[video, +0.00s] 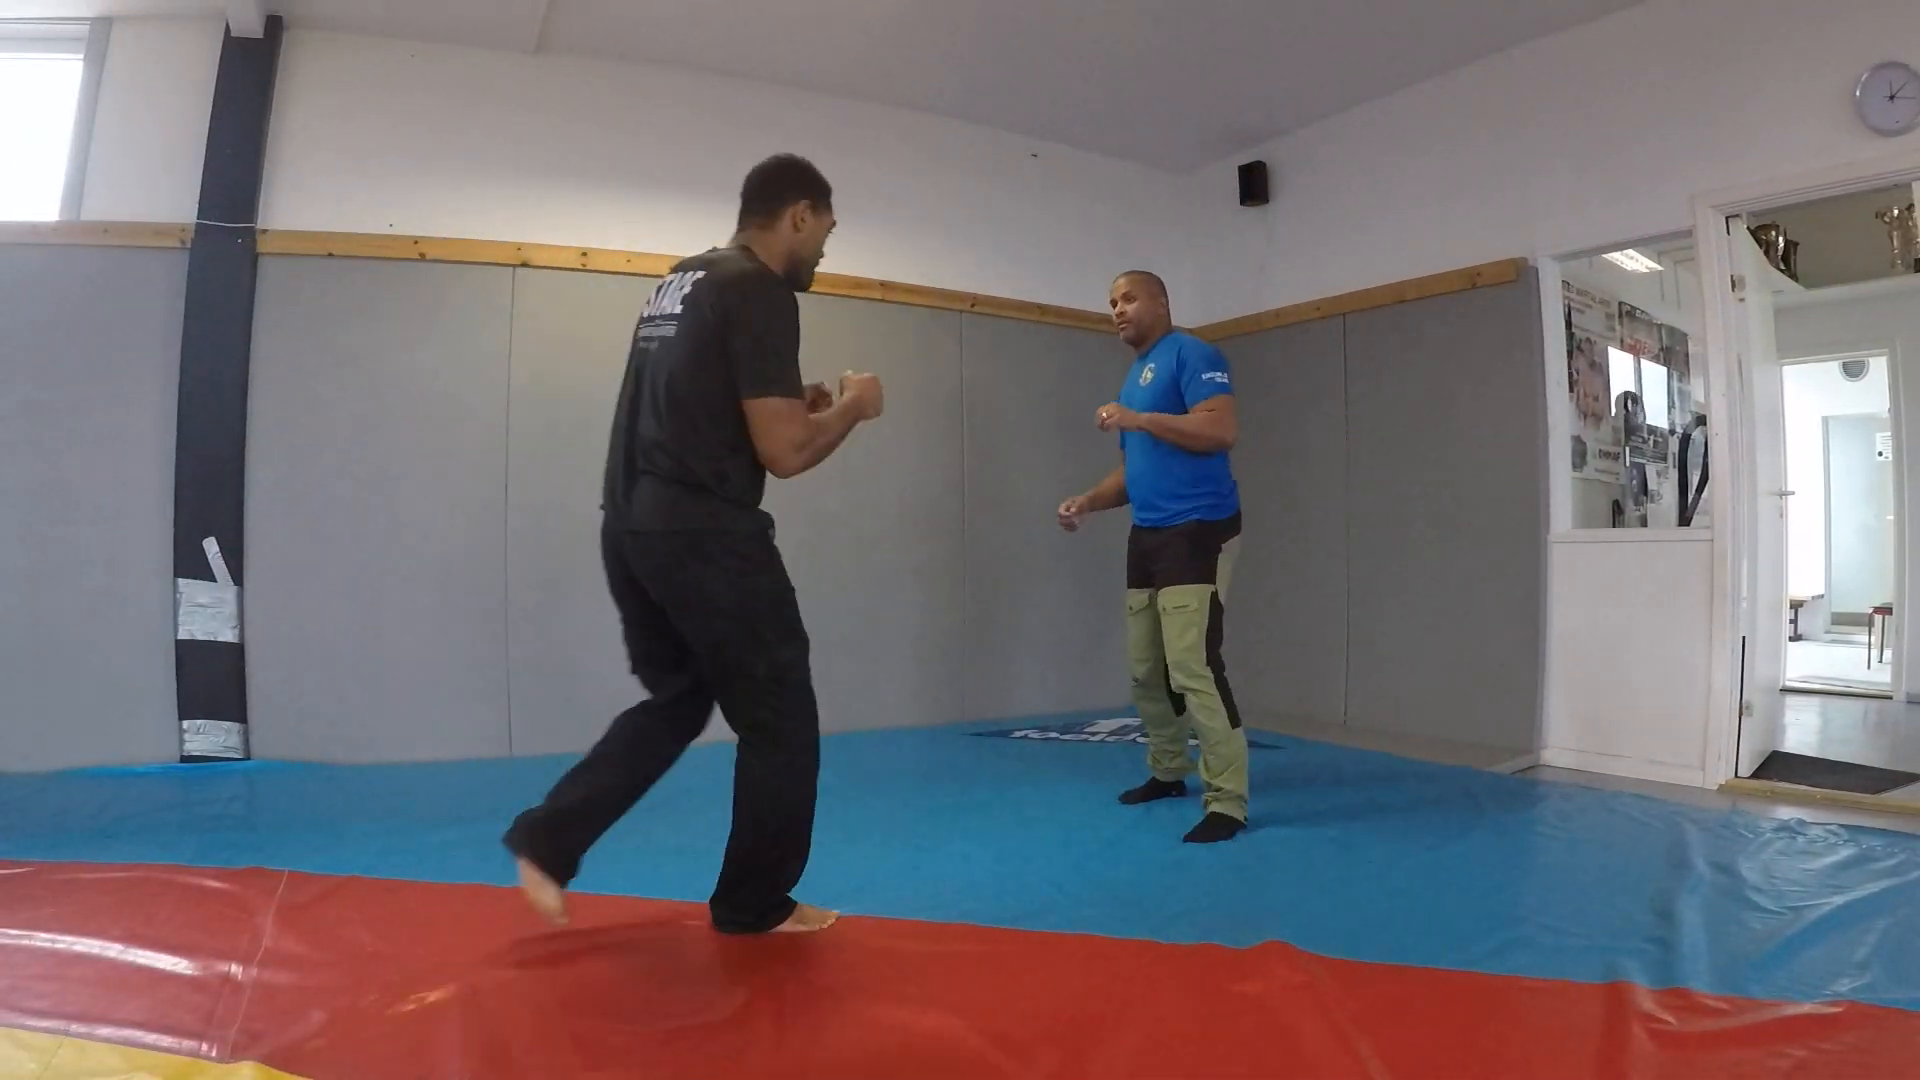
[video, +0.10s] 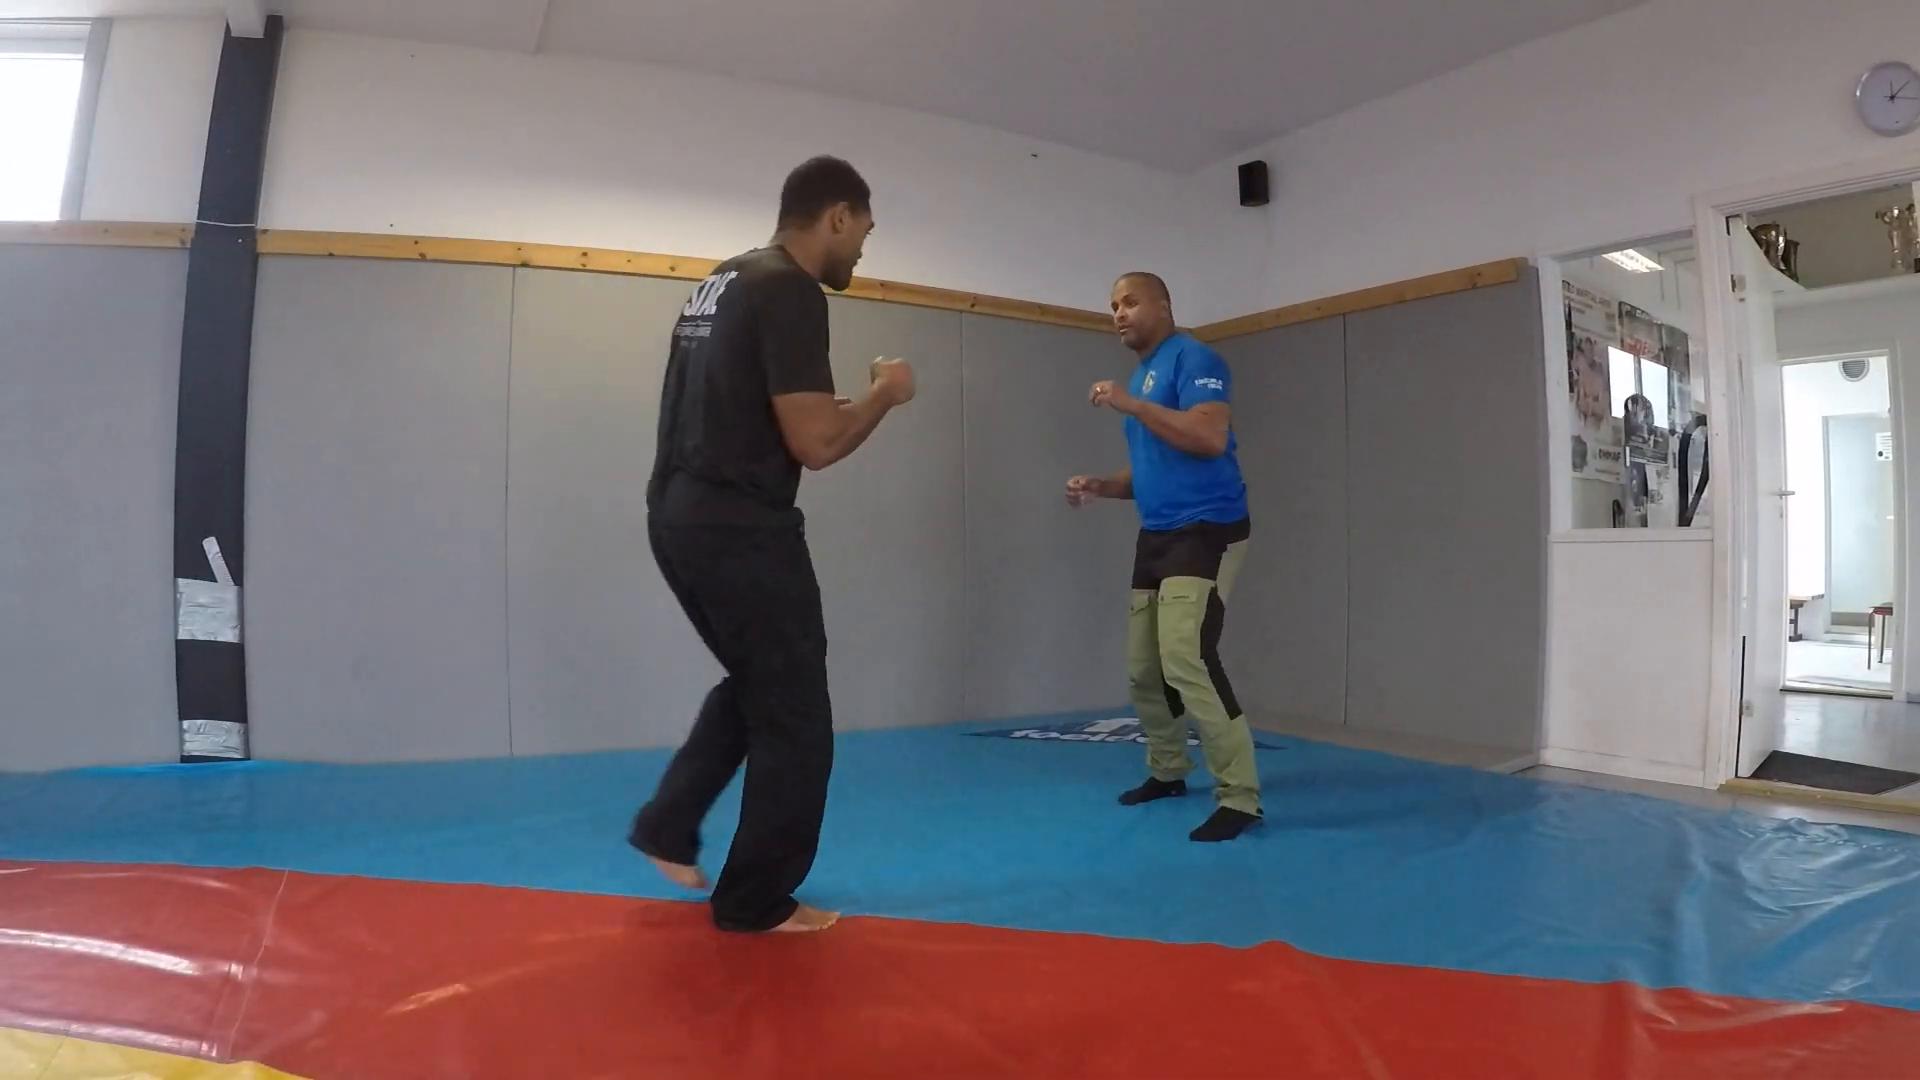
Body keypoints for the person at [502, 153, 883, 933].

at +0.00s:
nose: (824, 249)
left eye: (828, 234)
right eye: (826, 231)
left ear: (753, 215)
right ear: (798, 217)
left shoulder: (686, 278)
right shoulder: (758, 290)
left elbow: (703, 416)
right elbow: (788, 449)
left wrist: (799, 404)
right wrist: (850, 410)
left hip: (634, 528)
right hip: (710, 536)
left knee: (680, 697)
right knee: (782, 718)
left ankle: (548, 841)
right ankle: (753, 902)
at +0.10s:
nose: (865, 244)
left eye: (867, 229)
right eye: (865, 227)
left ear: (796, 217)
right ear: (836, 217)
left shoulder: (726, 282)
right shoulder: (787, 293)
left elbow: (734, 421)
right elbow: (818, 442)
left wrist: (843, 407)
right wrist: (883, 396)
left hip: (684, 519)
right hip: (744, 531)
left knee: (758, 680)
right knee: (797, 719)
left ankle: (666, 829)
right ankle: (755, 901)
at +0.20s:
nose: (895, 250)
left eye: (897, 235)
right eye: (894, 232)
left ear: (834, 219)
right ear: (867, 218)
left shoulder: (775, 281)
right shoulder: (808, 287)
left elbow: (851, 418)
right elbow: (852, 425)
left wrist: (901, 379)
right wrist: (915, 369)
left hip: (737, 506)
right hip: (763, 515)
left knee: (804, 677)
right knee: (802, 693)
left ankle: (787, 833)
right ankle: (753, 899)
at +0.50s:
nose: (963, 318)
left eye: (965, 307)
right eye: (962, 304)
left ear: (924, 294)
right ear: (932, 292)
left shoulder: (915, 363)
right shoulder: (848, 343)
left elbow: (976, 400)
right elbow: (844, 437)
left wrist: (1048, 358)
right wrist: (940, 393)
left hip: (863, 548)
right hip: (818, 547)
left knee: (917, 677)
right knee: (868, 705)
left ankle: (912, 813)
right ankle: (766, 879)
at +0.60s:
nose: (972, 331)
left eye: (974, 322)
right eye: (972, 319)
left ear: (935, 306)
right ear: (948, 304)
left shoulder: (922, 367)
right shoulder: (879, 339)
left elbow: (998, 402)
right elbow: (858, 407)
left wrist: (1080, 391)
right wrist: (950, 373)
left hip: (870, 539)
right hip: (836, 537)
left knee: (911, 679)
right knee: (889, 692)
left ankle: (913, 813)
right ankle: (783, 852)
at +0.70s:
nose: (976, 348)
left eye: (980, 337)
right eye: (975, 331)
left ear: (925, 304)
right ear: (950, 310)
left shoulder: (901, 370)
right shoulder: (912, 327)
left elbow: (959, 427)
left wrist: (1033, 424)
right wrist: (1005, 320)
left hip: (849, 527)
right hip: (857, 526)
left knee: (900, 674)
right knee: (885, 687)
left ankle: (909, 813)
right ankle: (766, 835)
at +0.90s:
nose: (959, 322)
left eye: (955, 314)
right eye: (956, 314)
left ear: (901, 304)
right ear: (939, 304)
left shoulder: (856, 353)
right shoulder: (934, 320)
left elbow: (896, 451)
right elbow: (1048, 322)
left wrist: (961, 419)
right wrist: (1128, 337)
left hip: (840, 517)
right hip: (882, 515)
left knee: (911, 668)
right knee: (864, 683)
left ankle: (911, 813)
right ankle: (733, 824)